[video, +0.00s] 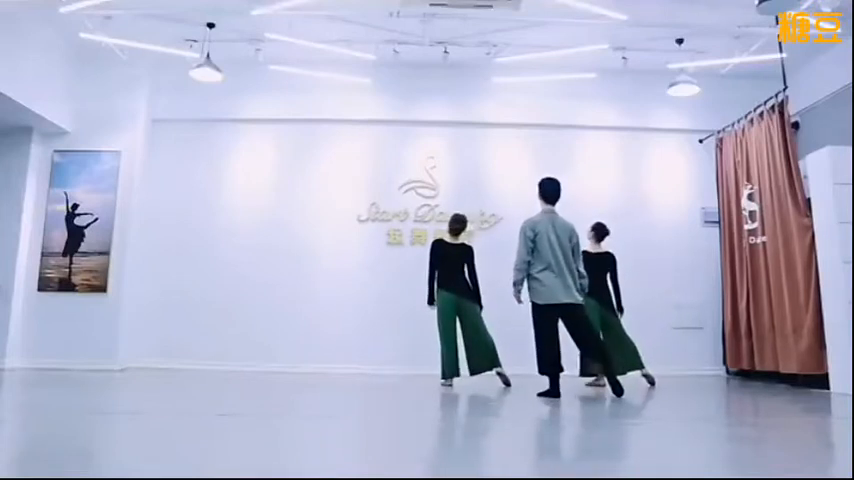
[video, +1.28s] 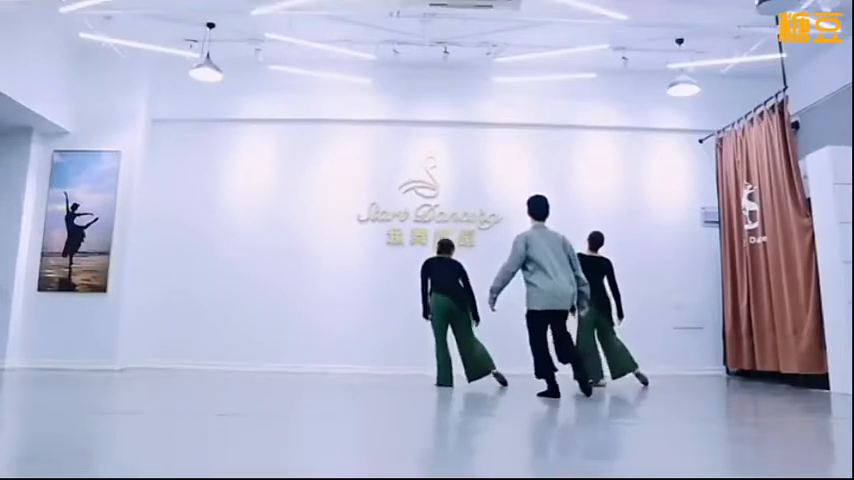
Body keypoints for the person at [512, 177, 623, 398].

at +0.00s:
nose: (540, 196)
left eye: (540, 192)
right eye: (550, 193)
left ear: (539, 195)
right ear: (558, 196)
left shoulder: (530, 226)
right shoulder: (568, 227)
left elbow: (523, 260)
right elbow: (578, 264)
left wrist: (517, 285)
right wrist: (581, 289)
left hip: (542, 296)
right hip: (568, 295)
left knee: (548, 343)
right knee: (589, 338)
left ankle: (554, 388)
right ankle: (611, 376)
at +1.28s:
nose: (529, 213)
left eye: (529, 209)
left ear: (529, 212)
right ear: (548, 212)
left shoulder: (524, 239)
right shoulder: (561, 239)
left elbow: (510, 268)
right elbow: (579, 273)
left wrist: (494, 291)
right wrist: (583, 298)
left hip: (538, 302)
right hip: (564, 301)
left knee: (539, 344)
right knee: (561, 335)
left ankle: (551, 387)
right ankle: (580, 373)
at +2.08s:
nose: (516, 214)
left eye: (515, 211)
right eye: (516, 211)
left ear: (518, 210)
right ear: (534, 209)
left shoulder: (515, 229)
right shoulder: (549, 232)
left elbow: (506, 260)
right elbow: (558, 266)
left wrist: (501, 285)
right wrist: (560, 297)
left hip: (526, 293)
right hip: (549, 293)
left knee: (529, 337)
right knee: (527, 336)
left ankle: (549, 378)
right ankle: (515, 373)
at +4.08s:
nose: (480, 190)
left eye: (475, 186)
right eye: (486, 186)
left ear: (472, 188)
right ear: (491, 189)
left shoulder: (465, 217)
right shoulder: (501, 220)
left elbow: (456, 249)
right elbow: (509, 257)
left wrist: (448, 273)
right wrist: (509, 284)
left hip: (472, 281)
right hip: (495, 281)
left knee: (475, 327)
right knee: (490, 328)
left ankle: (489, 369)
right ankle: (484, 380)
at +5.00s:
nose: (466, 193)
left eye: (458, 188)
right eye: (469, 188)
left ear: (453, 191)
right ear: (473, 191)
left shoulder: (446, 219)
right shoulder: (483, 221)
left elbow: (435, 251)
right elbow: (491, 256)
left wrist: (425, 275)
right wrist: (492, 284)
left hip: (455, 287)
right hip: (479, 286)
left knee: (462, 332)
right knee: (477, 330)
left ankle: (479, 372)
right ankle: (477, 378)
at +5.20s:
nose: (457, 194)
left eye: (452, 190)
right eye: (462, 190)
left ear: (447, 192)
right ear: (467, 193)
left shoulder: (440, 221)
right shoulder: (477, 223)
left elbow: (430, 252)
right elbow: (487, 256)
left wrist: (420, 276)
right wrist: (492, 281)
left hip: (447, 289)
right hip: (471, 288)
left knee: (454, 334)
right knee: (471, 330)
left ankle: (472, 376)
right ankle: (474, 373)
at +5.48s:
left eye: (432, 189)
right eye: (443, 189)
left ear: (430, 192)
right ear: (450, 192)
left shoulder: (423, 219)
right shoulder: (459, 223)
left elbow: (414, 251)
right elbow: (467, 258)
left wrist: (402, 275)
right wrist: (467, 284)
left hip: (427, 289)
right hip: (453, 289)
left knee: (418, 336)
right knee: (461, 335)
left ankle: (408, 381)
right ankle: (472, 380)